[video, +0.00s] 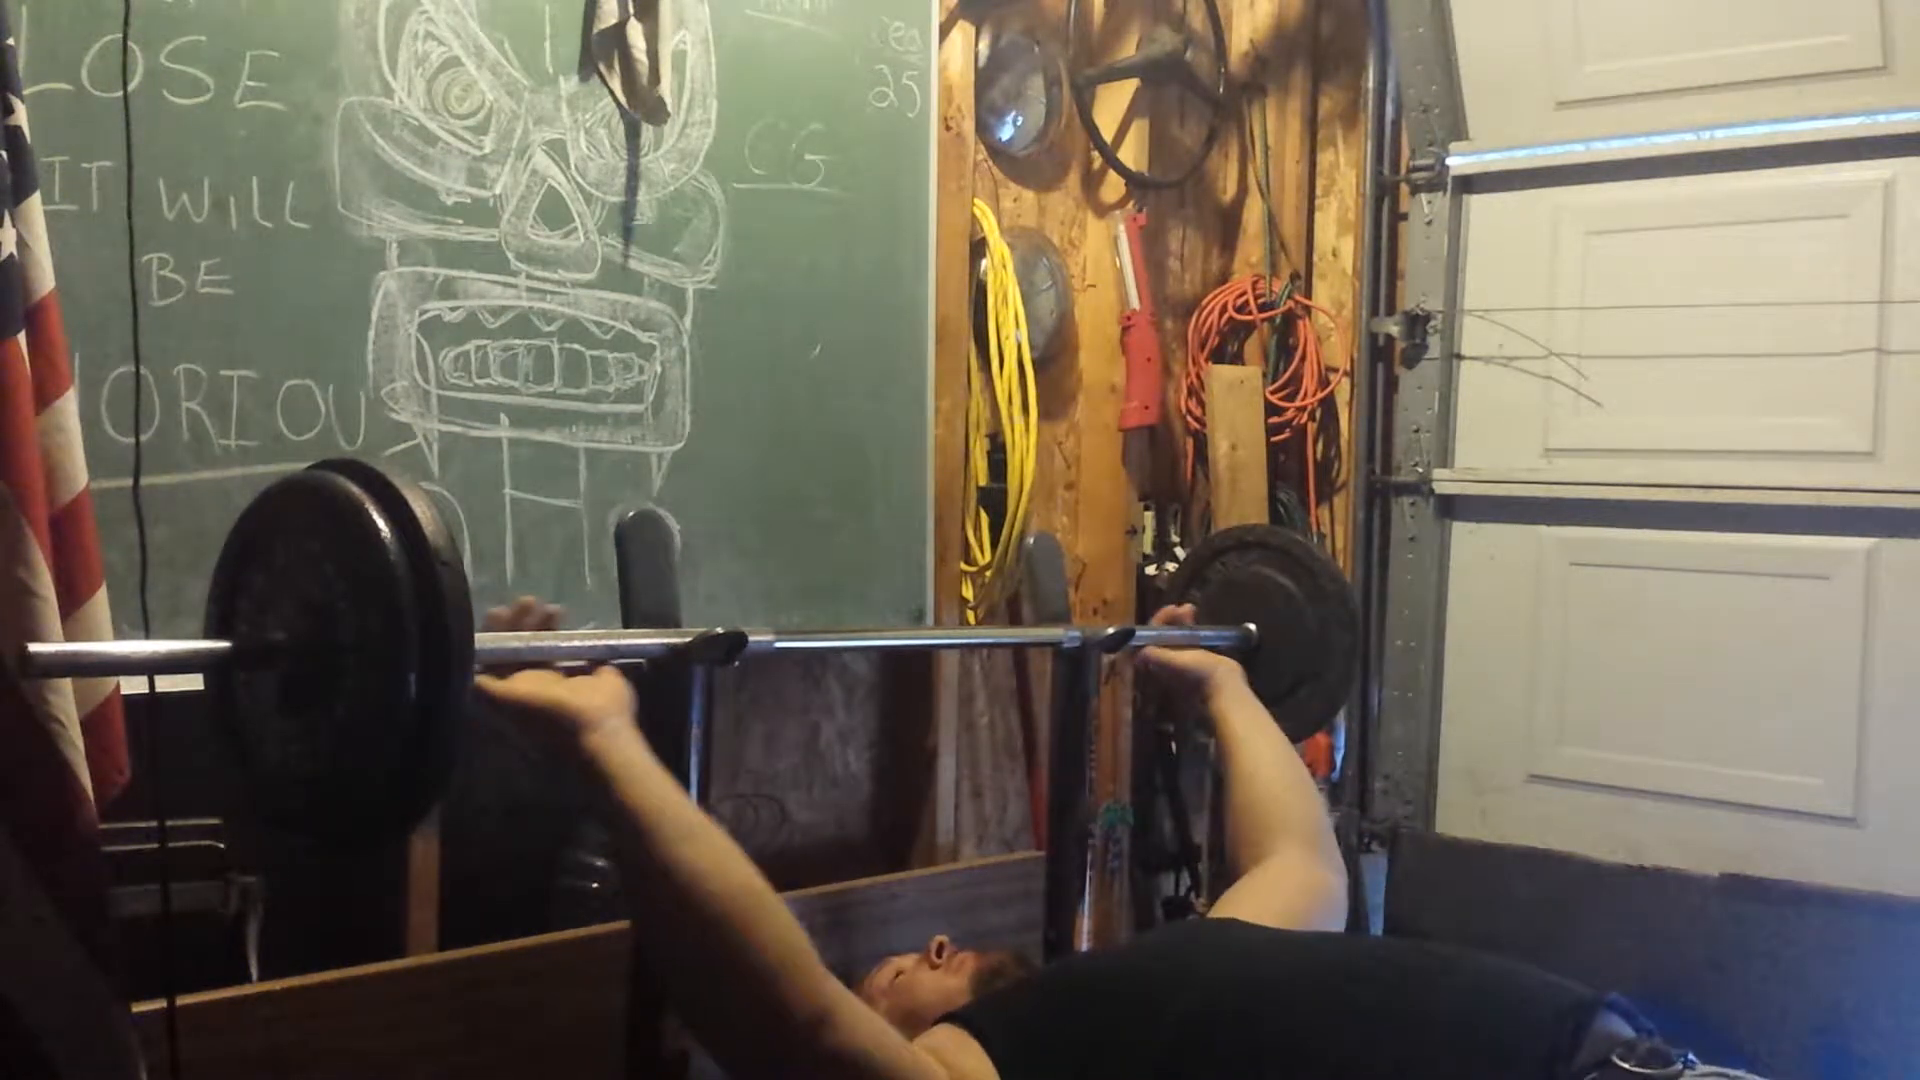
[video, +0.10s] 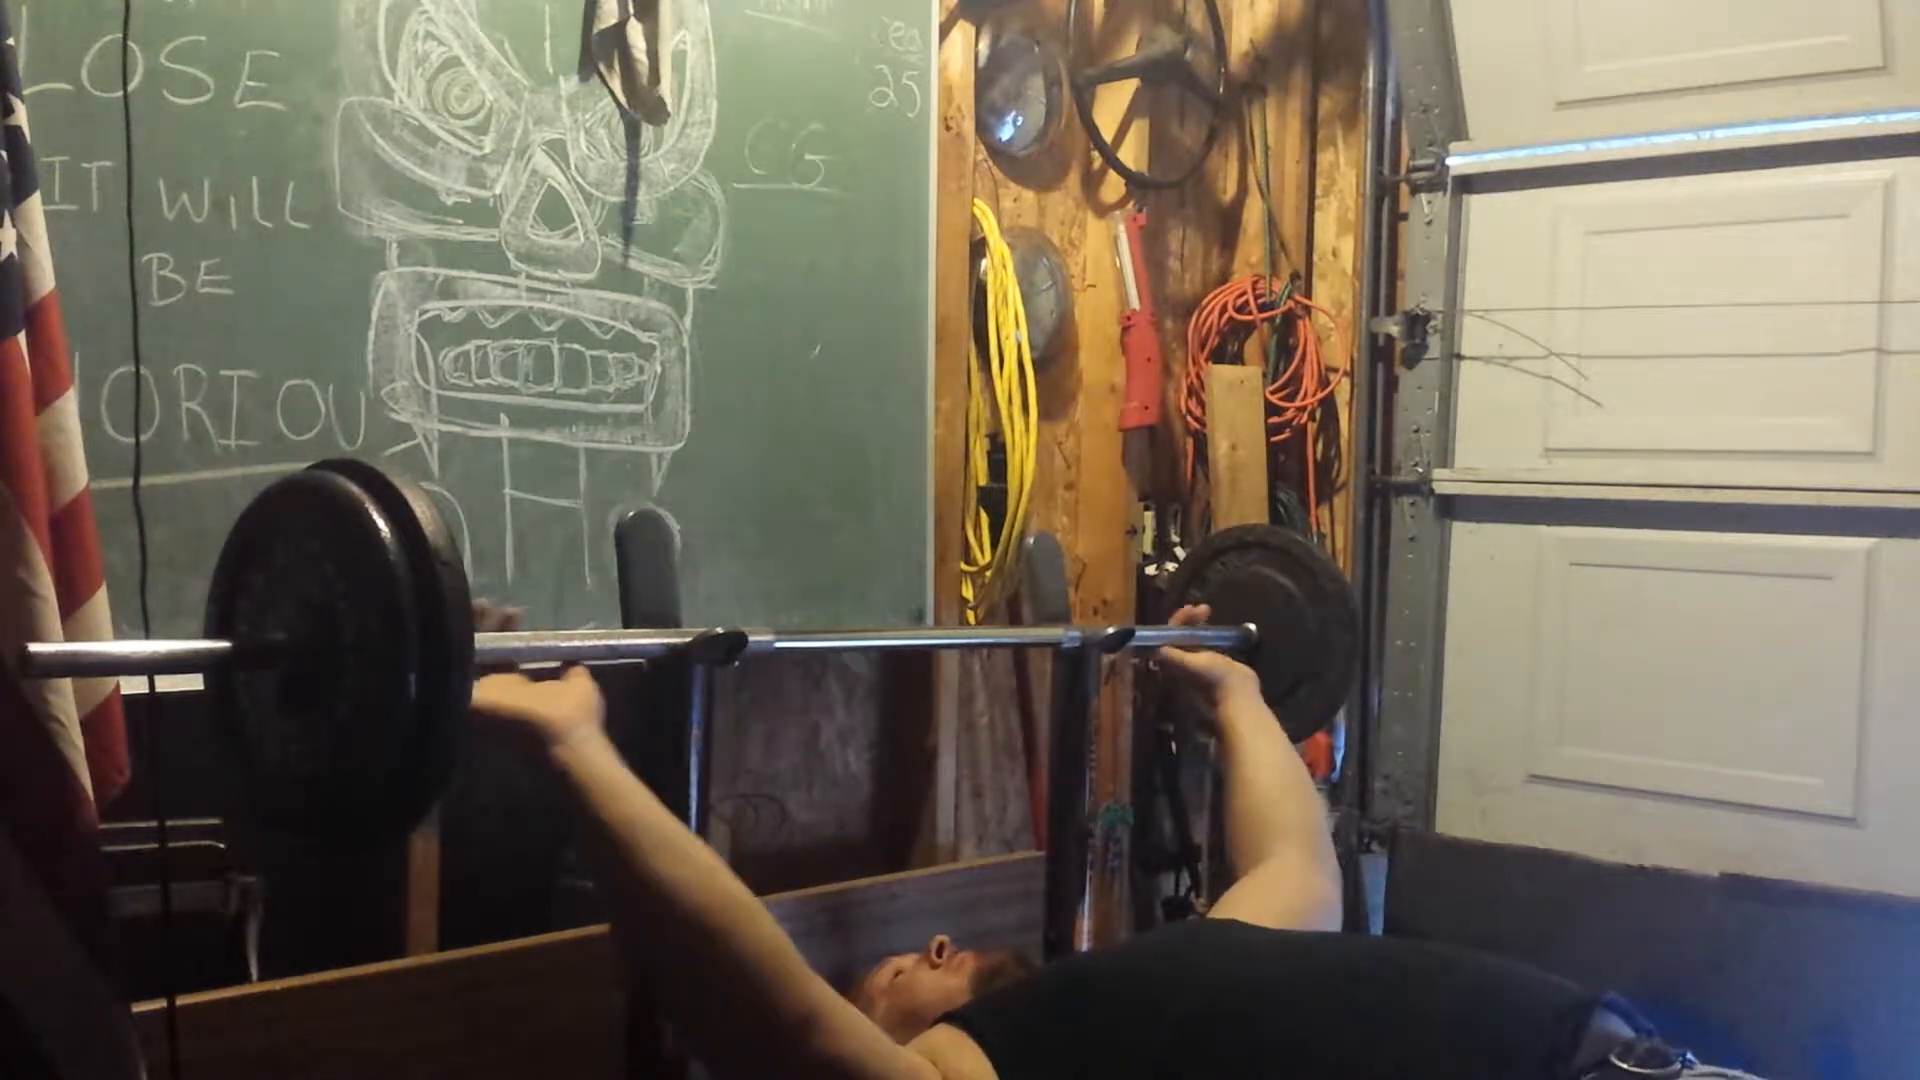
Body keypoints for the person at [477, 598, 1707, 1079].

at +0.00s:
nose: (912, 953)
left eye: (913, 951)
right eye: (886, 975)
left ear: (969, 965)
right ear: (885, 1035)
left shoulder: (1157, 981)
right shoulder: (955, 1072)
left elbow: (1293, 858)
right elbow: (797, 1009)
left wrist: (1224, 684)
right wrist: (608, 736)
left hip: (1667, 1047)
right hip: (1571, 1061)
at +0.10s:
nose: (911, 954)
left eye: (913, 954)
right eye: (883, 975)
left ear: (968, 971)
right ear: (877, 1037)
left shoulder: (1153, 986)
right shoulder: (948, 1074)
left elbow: (1290, 862)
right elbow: (775, 994)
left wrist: (1234, 687)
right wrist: (582, 746)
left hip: (1660, 1048)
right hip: (1567, 1065)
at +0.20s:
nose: (907, 960)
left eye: (908, 958)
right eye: (880, 982)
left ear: (964, 971)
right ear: (879, 1038)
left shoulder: (1155, 983)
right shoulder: (949, 1074)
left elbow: (1284, 865)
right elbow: (779, 1002)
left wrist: (1236, 691)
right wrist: (560, 755)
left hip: (1668, 1049)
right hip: (1578, 1062)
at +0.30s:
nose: (904, 960)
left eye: (909, 958)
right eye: (876, 980)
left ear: (962, 970)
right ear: (872, 1035)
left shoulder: (1156, 987)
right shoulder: (944, 1073)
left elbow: (1274, 862)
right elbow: (768, 997)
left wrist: (1233, 689)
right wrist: (548, 754)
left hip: (1662, 1045)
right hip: (1573, 1061)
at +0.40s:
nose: (908, 956)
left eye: (913, 956)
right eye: (885, 978)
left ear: (965, 969)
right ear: (892, 1034)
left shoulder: (1176, 979)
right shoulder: (952, 1072)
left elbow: (1270, 864)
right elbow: (780, 1011)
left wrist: (1230, 694)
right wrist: (553, 756)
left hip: (1670, 1047)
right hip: (1582, 1060)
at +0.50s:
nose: (918, 949)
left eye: (923, 949)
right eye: (893, 972)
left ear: (974, 963)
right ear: (895, 1035)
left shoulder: (1170, 979)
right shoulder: (947, 1067)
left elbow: (1270, 864)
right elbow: (780, 1008)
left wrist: (1220, 690)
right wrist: (562, 753)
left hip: (1658, 1043)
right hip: (1568, 1056)